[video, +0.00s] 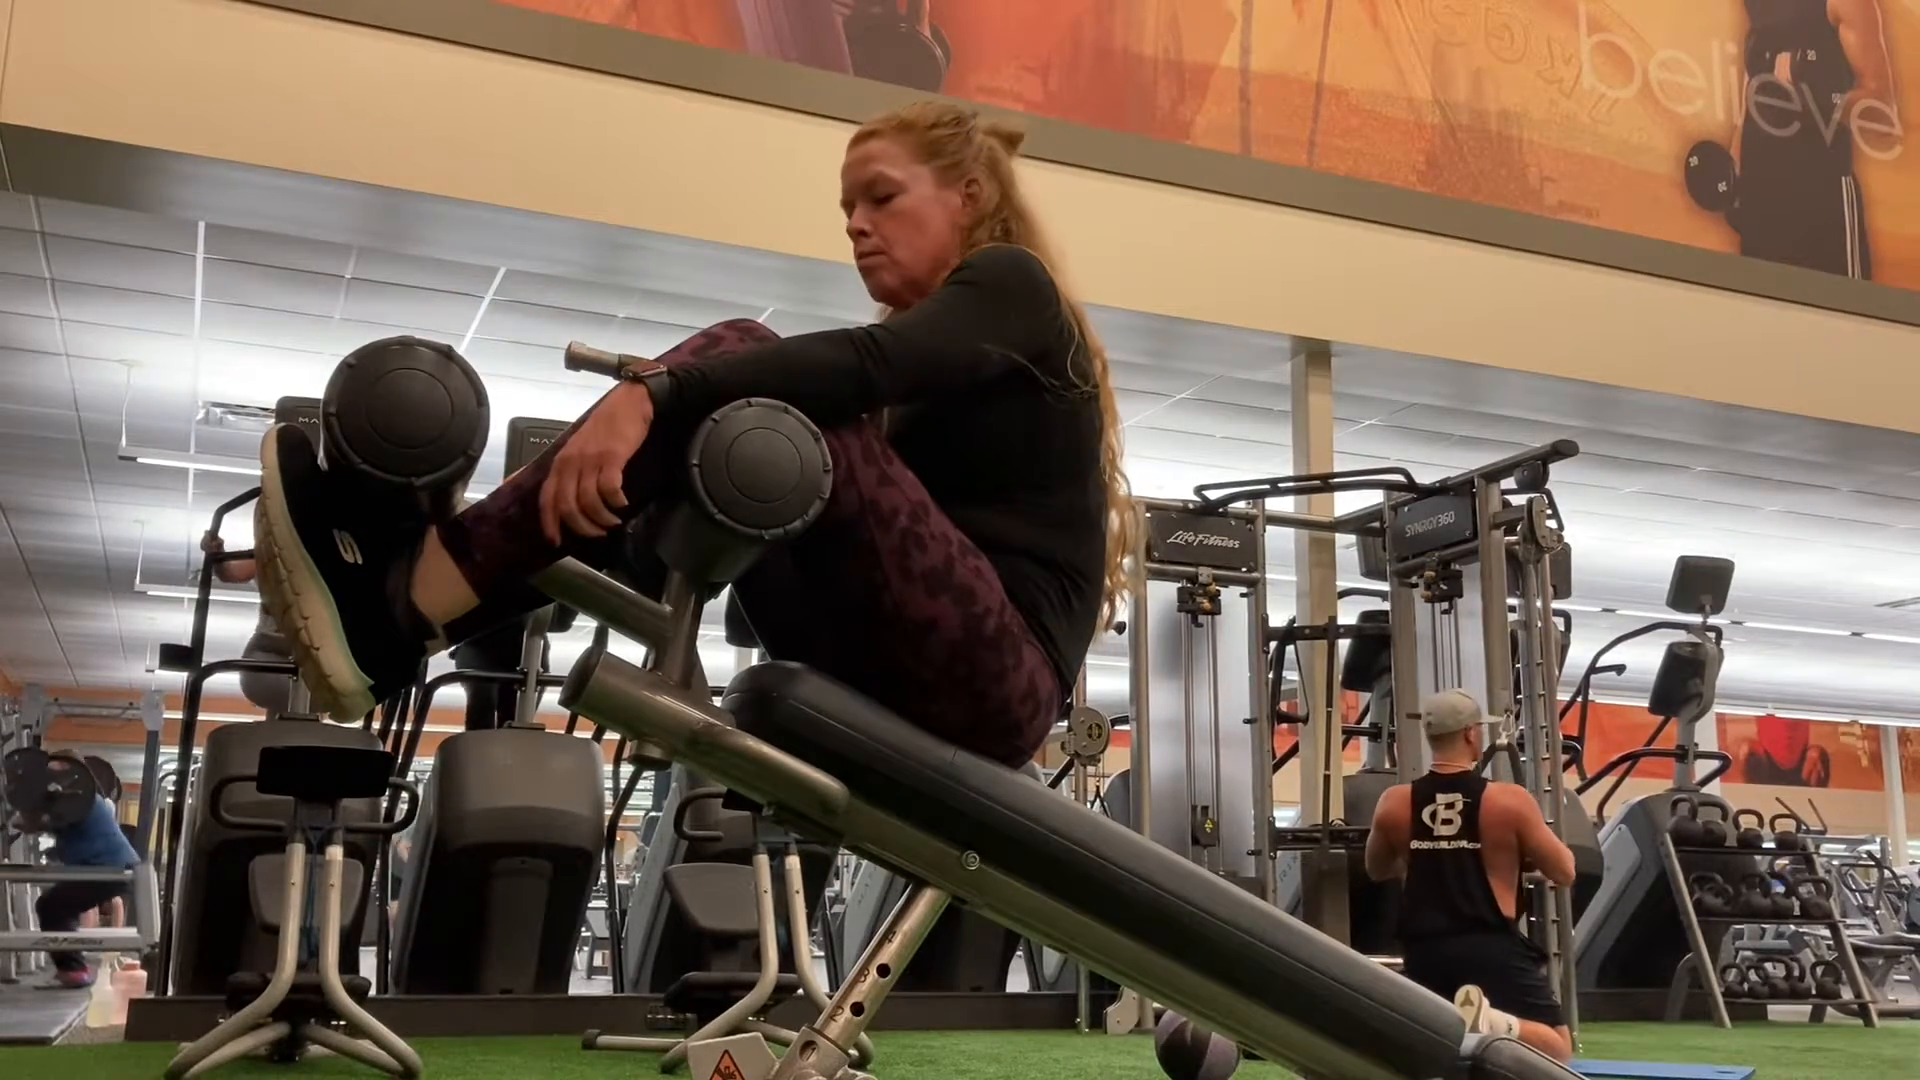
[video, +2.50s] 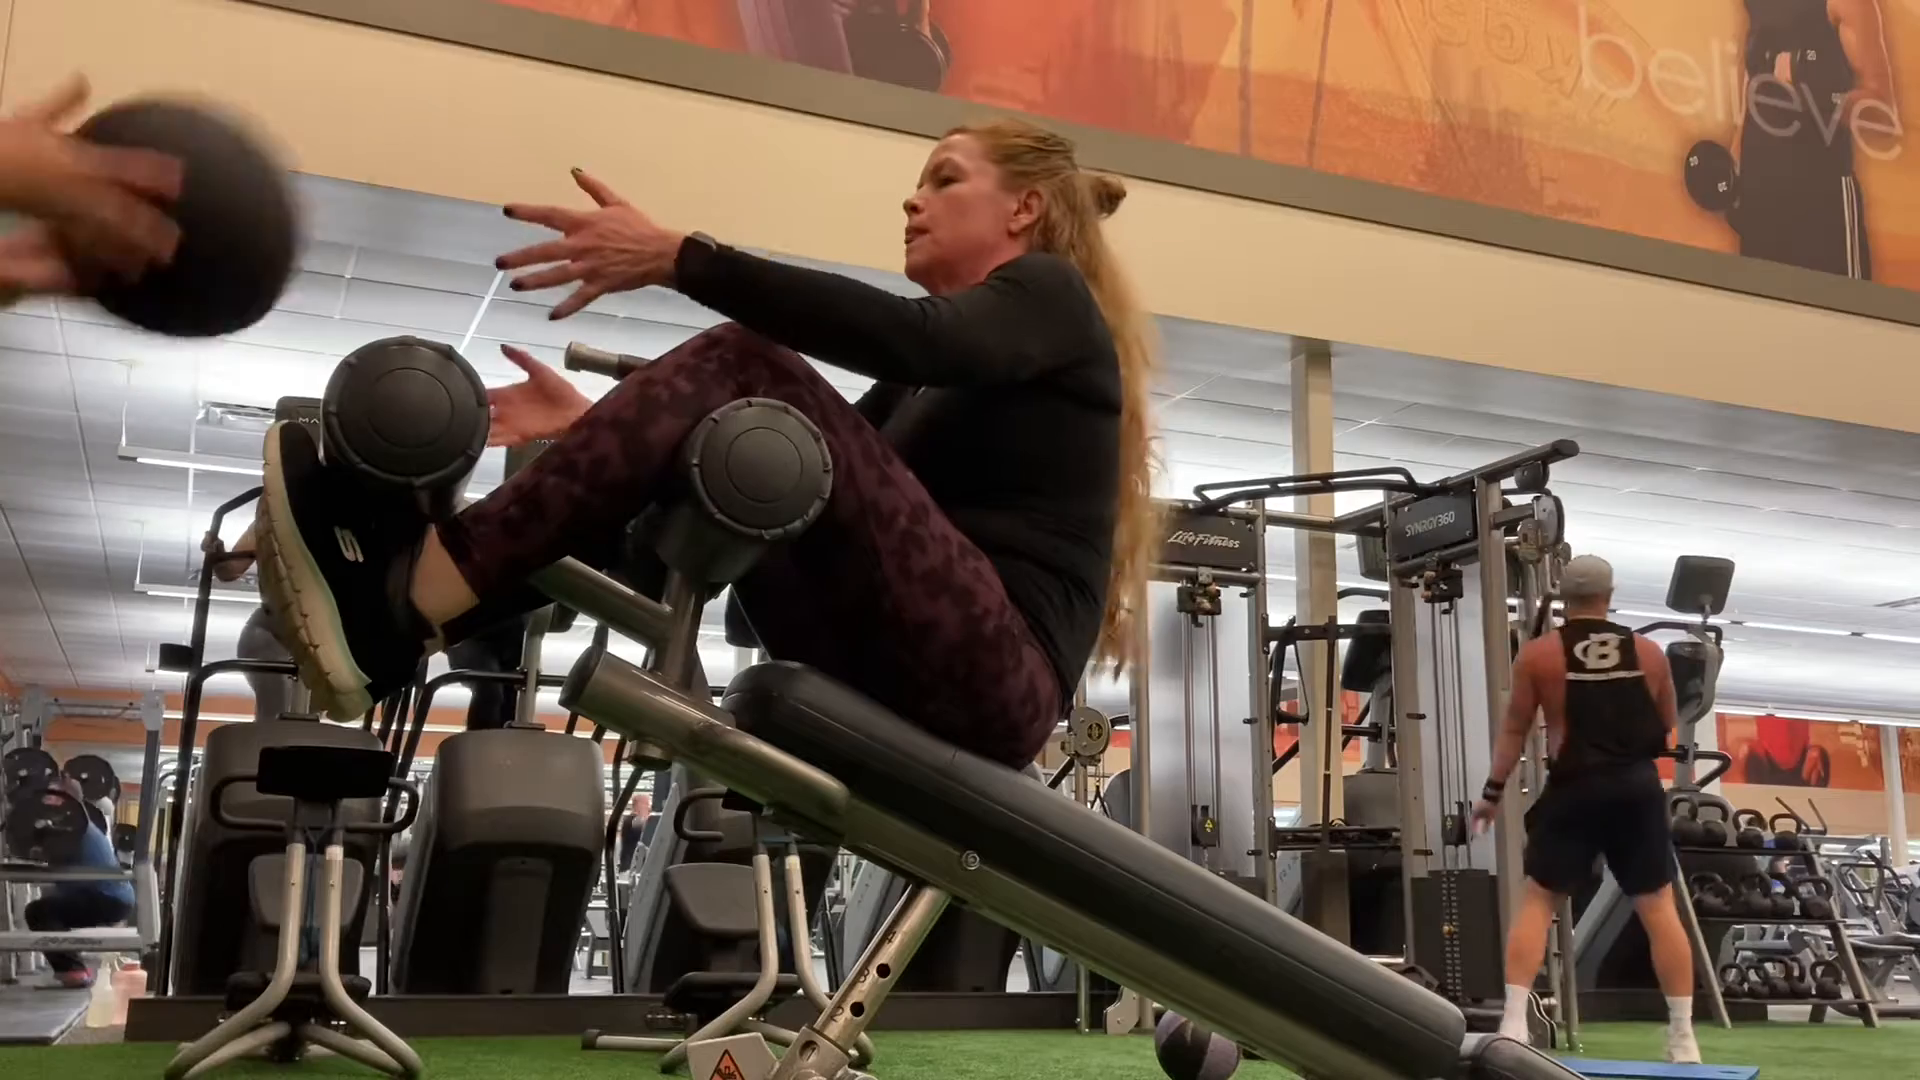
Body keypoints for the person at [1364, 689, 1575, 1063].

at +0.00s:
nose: (1482, 735)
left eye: (1480, 727)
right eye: (1480, 728)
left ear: (1429, 736)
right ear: (1471, 734)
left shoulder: (1394, 802)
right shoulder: (1510, 801)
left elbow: (1376, 868)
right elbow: (1565, 872)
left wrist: (1418, 851)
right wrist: (1531, 854)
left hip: (1424, 957)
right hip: (1494, 956)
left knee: (1437, 1051)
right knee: (1561, 1048)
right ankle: (1494, 1022)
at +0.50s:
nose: (1544, 715)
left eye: (1542, 706)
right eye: (1540, 707)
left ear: (1489, 715)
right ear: (1526, 713)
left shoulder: (1454, 781)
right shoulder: (1572, 777)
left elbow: (1433, 846)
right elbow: (1614, 844)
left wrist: (1476, 819)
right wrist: (1579, 808)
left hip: (1470, 930)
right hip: (1540, 933)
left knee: (1464, 1040)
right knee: (1566, 1051)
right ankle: (1503, 1019)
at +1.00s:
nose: (1578, 705)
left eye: (1577, 698)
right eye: (1575, 698)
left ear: (1522, 702)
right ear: (1565, 703)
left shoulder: (1484, 758)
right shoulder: (1608, 767)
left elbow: (1442, 810)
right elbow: (1625, 835)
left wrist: (1482, 783)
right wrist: (1591, 793)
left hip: (1488, 897)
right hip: (1556, 912)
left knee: (1410, 895)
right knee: (1566, 1049)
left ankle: (1455, 1009)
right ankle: (1520, 1015)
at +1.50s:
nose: (1549, 671)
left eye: (1547, 662)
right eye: (1545, 662)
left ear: (1495, 671)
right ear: (1528, 668)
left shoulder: (1458, 722)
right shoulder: (1573, 721)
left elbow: (1437, 789)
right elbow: (1613, 792)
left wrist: (1481, 768)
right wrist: (1582, 764)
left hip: (1467, 848)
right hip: (1531, 849)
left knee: (1478, 922)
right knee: (1542, 986)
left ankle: (1499, 1020)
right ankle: (1509, 1009)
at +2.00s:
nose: (1550, 593)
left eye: (1548, 586)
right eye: (1547, 586)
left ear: (1495, 592)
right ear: (1534, 587)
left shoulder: (1465, 647)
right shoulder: (1557, 632)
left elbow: (1464, 712)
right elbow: (1611, 695)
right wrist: (1600, 658)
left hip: (1488, 778)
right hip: (1550, 768)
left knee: (1501, 901)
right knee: (1640, 850)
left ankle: (1502, 1027)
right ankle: (1674, 966)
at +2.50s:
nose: (1597, 604)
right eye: (1604, 595)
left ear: (1563, 599)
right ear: (1609, 598)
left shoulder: (1538, 654)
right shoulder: (1649, 652)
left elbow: (1514, 730)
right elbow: (1666, 730)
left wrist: (1491, 794)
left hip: (1570, 795)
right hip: (1639, 794)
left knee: (1538, 900)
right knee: (1660, 911)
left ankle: (1513, 1027)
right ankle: (1683, 1039)